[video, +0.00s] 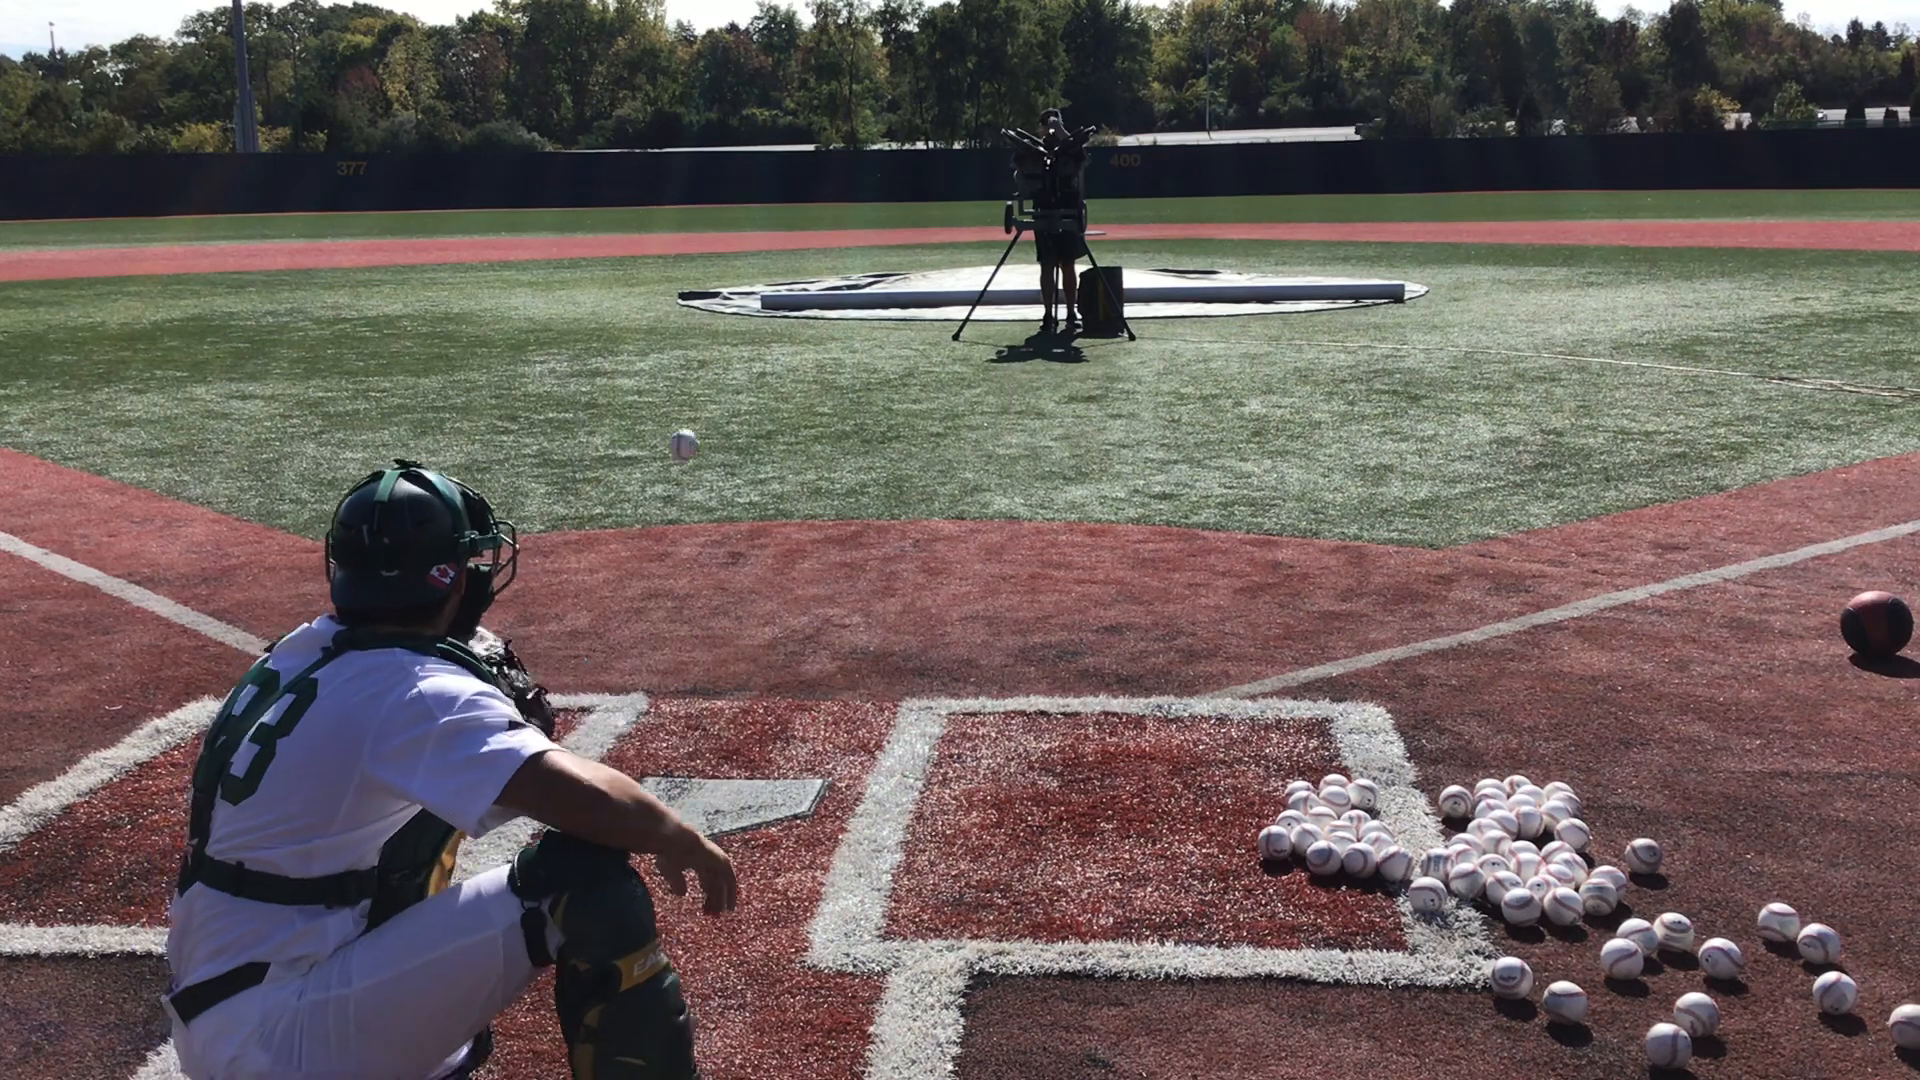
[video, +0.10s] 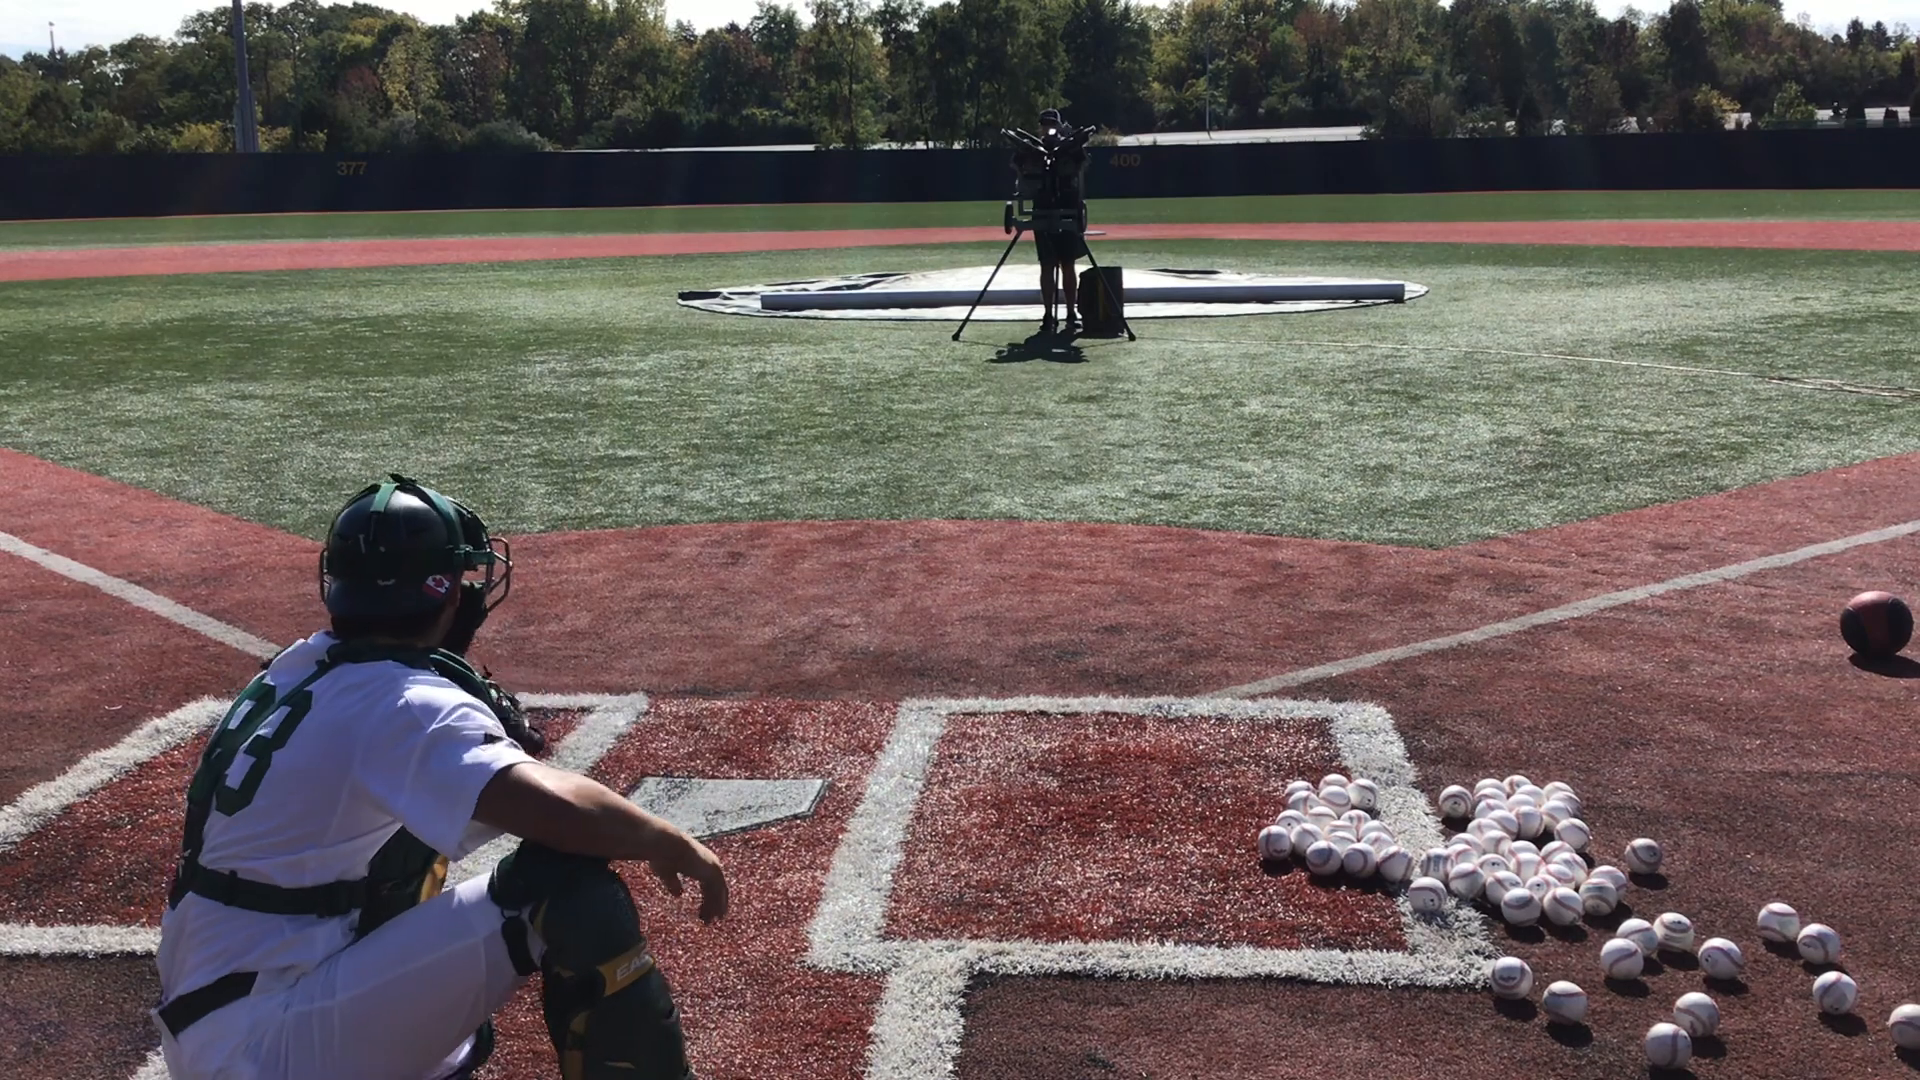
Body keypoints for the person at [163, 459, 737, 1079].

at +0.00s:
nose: (484, 575)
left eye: (481, 560)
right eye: (474, 563)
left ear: (350, 578)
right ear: (445, 587)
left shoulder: (306, 644)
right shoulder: (412, 691)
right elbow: (593, 801)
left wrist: (506, 713)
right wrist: (677, 838)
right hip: (272, 1033)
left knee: (433, 814)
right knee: (585, 879)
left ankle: (427, 1047)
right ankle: (641, 1059)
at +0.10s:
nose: (472, 592)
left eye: (469, 576)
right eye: (465, 578)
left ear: (342, 592)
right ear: (443, 599)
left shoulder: (303, 662)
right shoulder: (399, 700)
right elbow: (558, 809)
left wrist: (477, 718)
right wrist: (666, 842)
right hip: (258, 1038)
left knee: (414, 848)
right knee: (564, 885)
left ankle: (437, 1048)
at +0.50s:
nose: (472, 584)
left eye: (470, 566)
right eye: (464, 568)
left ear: (345, 564)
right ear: (437, 575)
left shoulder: (287, 628)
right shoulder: (391, 675)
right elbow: (548, 789)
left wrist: (453, 641)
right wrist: (641, 822)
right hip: (245, 1000)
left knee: (450, 1033)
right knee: (569, 880)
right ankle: (638, 1058)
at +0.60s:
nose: (474, 562)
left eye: (474, 544)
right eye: (467, 544)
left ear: (351, 540)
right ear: (439, 550)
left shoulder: (283, 607)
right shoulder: (399, 653)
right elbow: (557, 779)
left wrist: (449, 646)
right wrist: (625, 806)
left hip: (185, 972)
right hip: (256, 973)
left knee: (451, 1032)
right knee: (577, 873)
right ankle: (649, 1059)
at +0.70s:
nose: (470, 541)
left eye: (471, 522)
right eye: (465, 521)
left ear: (348, 512)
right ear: (436, 524)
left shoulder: (282, 583)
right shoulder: (402, 626)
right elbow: (555, 775)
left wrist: (464, 651)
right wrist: (592, 792)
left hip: (197, 947)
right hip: (275, 940)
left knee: (447, 1032)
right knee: (605, 863)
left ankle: (280, 1060)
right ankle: (653, 1062)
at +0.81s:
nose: (479, 519)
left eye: (480, 501)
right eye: (471, 501)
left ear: (352, 495)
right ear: (438, 506)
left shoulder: (281, 563)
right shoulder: (416, 603)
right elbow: (529, 776)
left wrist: (474, 662)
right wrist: (558, 726)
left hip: (230, 932)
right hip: (319, 909)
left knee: (450, 1036)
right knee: (641, 845)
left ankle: (257, 1067)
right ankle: (585, 1063)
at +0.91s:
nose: (485, 502)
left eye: (485, 483)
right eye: (476, 483)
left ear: (365, 481)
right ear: (444, 486)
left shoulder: (283, 564)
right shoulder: (447, 590)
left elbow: (236, 739)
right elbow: (525, 774)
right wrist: (553, 730)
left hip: (248, 932)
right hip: (365, 906)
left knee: (450, 1033)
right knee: (672, 892)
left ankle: (266, 1070)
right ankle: (486, 1064)